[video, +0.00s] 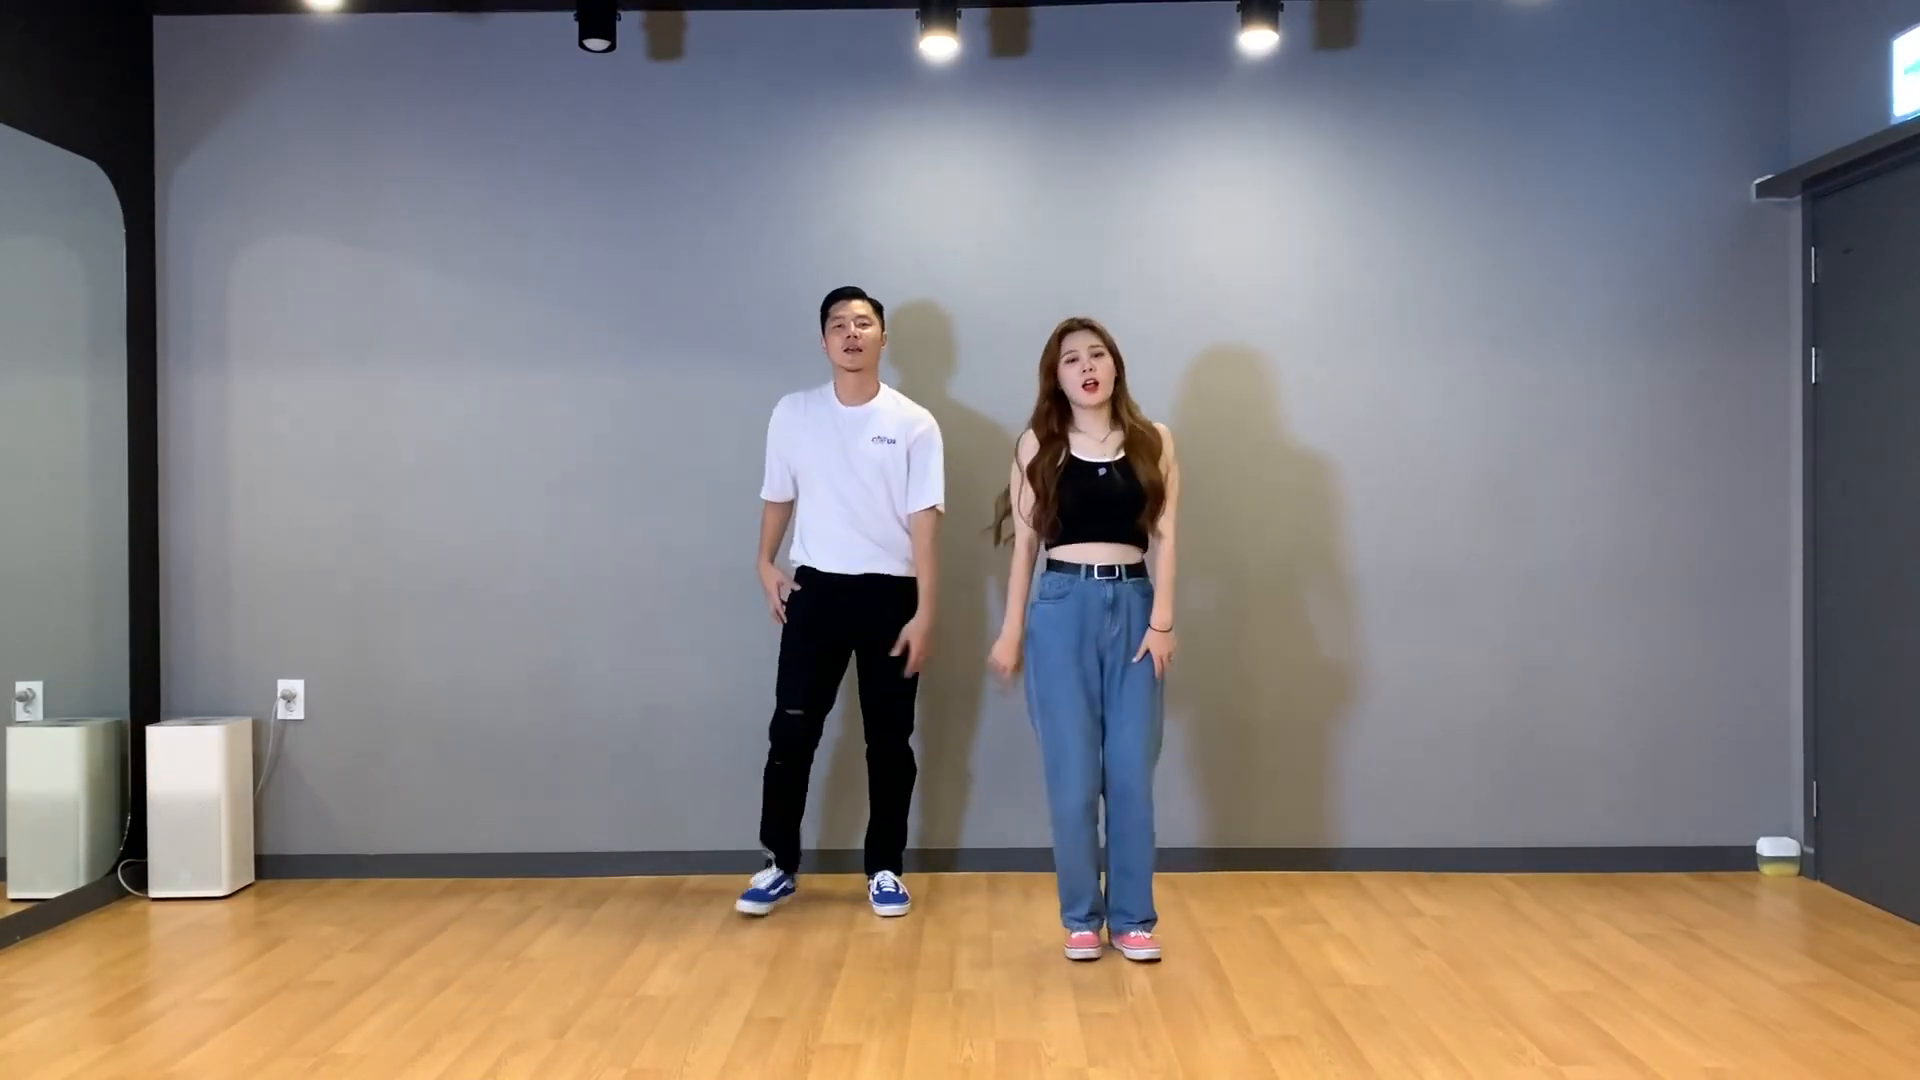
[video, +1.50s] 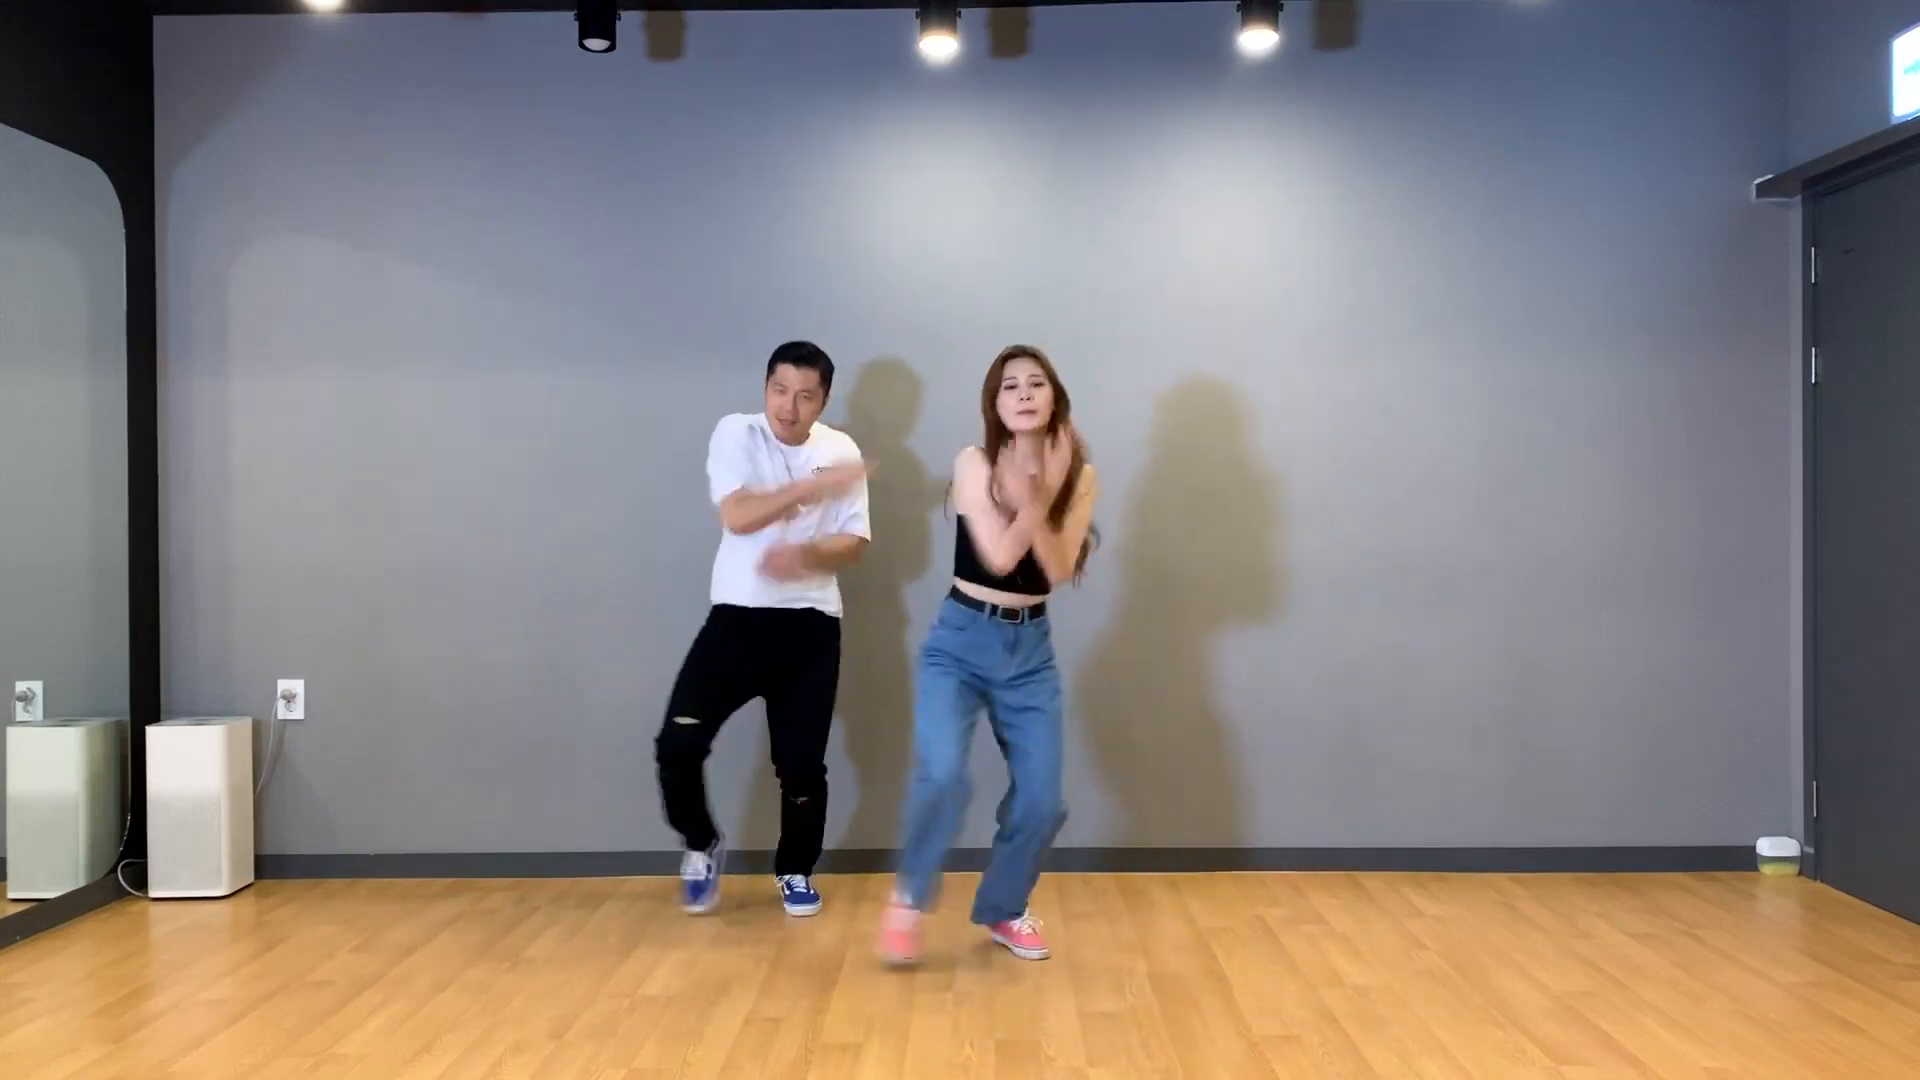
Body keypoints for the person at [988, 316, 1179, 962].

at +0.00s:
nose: (1086, 368)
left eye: (1096, 356)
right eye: (1071, 361)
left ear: (1115, 365)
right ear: (1057, 375)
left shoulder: (1154, 441)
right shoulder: (1036, 446)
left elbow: (1162, 537)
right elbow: (1025, 541)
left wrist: (1161, 620)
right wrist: (1012, 628)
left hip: (1134, 609)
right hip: (1060, 609)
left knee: (1131, 771)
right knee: (1072, 772)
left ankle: (1133, 917)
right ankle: (1080, 916)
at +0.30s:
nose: (1088, 390)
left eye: (1103, 381)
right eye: (1080, 379)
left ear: (1126, 396)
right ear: (1067, 389)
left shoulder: (1151, 463)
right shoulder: (1041, 473)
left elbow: (1166, 562)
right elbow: (1030, 560)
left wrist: (1127, 630)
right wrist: (1040, 609)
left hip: (1125, 634)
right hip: (1054, 631)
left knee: (1115, 798)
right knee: (1049, 798)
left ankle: (1125, 920)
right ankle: (1080, 918)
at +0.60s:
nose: (1103, 350)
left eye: (1112, 340)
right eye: (1087, 342)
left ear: (1130, 356)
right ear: (1065, 363)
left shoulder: (1159, 432)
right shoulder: (1040, 442)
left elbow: (1170, 516)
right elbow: (1014, 532)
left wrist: (1160, 574)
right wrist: (1042, 605)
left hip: (1143, 604)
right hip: (1068, 606)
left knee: (1154, 771)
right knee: (1075, 771)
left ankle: (1162, 920)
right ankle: (1078, 918)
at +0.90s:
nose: (1094, 362)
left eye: (1105, 351)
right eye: (1081, 355)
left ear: (1128, 365)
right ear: (1066, 376)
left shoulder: (1163, 445)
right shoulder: (1050, 450)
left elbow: (1177, 542)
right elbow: (1031, 543)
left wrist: (1188, 619)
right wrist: (1008, 637)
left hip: (1154, 614)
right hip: (1076, 617)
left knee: (1163, 778)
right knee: (1083, 784)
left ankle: (1163, 923)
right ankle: (1083, 915)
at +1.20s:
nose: (1067, 362)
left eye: (1078, 352)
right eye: (1053, 355)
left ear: (1100, 368)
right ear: (1035, 374)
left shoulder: (1127, 447)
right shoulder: (1012, 454)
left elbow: (1189, 527)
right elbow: (969, 538)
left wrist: (1241, 581)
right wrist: (928, 612)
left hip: (1109, 622)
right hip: (1033, 625)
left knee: (1134, 781)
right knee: (1067, 788)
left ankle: (1159, 923)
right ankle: (1092, 944)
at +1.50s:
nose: (1022, 395)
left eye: (1034, 385)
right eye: (1010, 387)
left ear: (1055, 397)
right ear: (993, 401)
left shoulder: (1076, 475)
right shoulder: (975, 464)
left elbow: (1061, 570)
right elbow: (998, 556)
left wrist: (1035, 501)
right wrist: (1046, 490)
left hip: (1029, 646)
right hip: (959, 639)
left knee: (1043, 801)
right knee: (942, 774)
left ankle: (1002, 910)